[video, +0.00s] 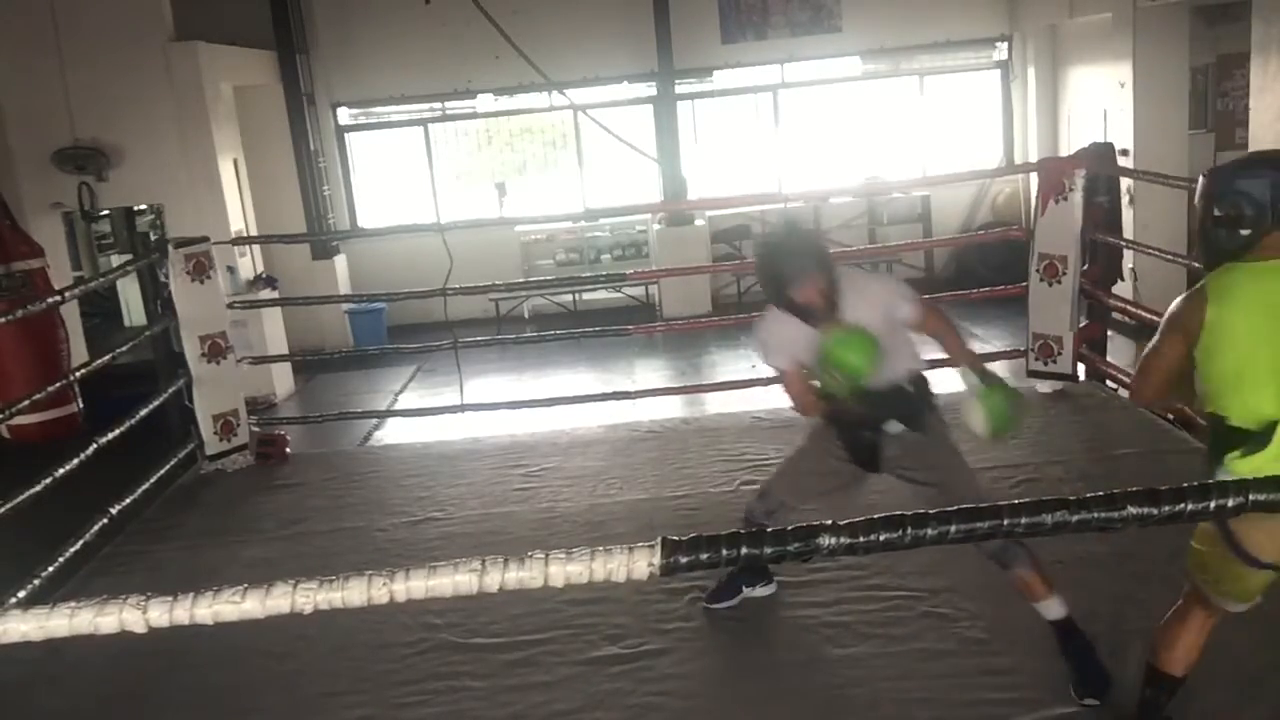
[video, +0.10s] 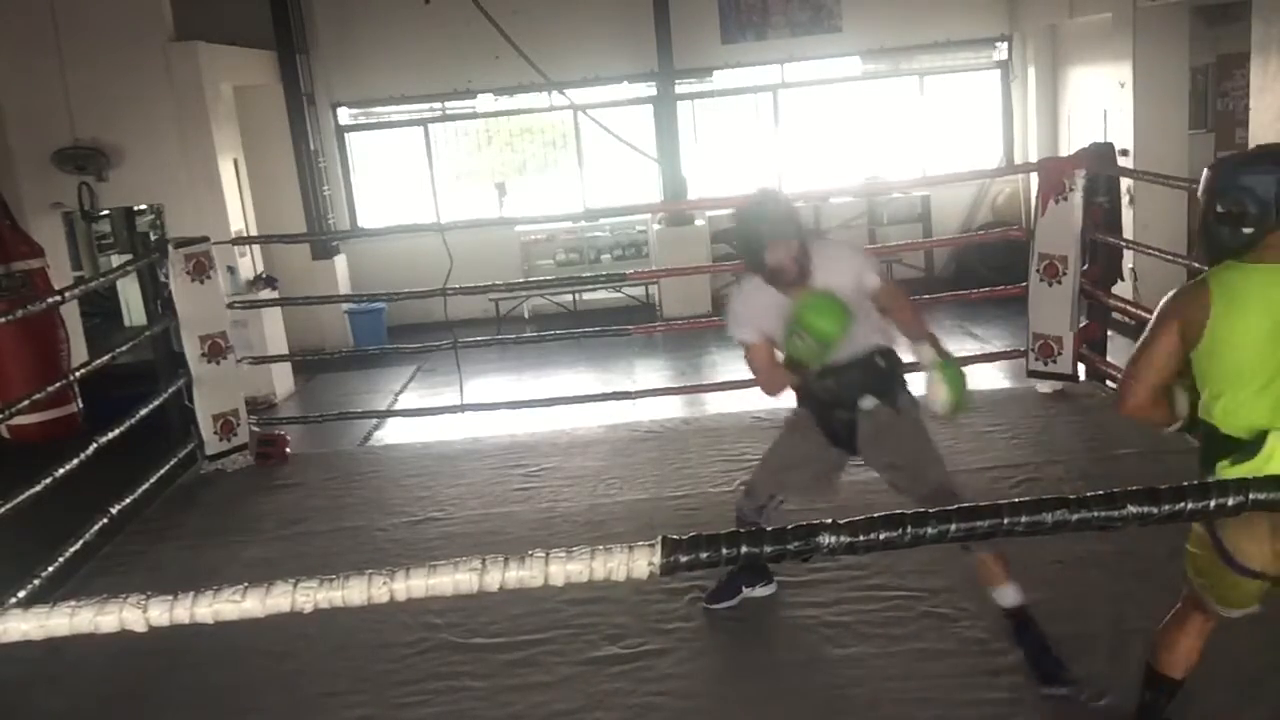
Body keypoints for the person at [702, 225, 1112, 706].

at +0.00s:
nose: (815, 297)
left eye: (818, 282)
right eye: (800, 291)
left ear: (828, 268)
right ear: (780, 294)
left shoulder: (873, 292)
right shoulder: (777, 330)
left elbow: (936, 322)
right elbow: (805, 401)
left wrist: (984, 380)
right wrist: (846, 415)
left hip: (910, 415)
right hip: (844, 423)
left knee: (982, 521)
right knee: (766, 506)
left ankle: (1070, 638)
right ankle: (754, 570)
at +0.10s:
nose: (789, 260)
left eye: (791, 246)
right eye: (775, 255)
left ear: (801, 236)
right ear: (753, 258)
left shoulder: (837, 258)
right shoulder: (750, 300)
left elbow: (891, 299)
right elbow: (769, 380)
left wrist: (936, 353)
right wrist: (803, 359)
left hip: (880, 397)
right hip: (818, 411)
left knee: (947, 506)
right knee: (753, 502)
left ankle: (1026, 630)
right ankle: (753, 570)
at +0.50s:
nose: (818, 191)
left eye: (823, 178)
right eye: (804, 181)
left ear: (830, 180)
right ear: (778, 186)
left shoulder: (847, 227)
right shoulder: (746, 247)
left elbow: (873, 290)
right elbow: (757, 332)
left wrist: (903, 343)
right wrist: (800, 297)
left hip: (853, 380)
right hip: (786, 387)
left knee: (902, 494)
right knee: (750, 494)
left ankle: (956, 615)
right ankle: (752, 573)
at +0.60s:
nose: (864, 199)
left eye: (870, 187)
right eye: (853, 187)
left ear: (876, 190)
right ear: (825, 187)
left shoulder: (874, 244)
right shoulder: (782, 248)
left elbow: (905, 308)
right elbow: (787, 335)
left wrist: (940, 347)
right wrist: (835, 291)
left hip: (865, 394)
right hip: (797, 397)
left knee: (912, 508)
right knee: (756, 502)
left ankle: (963, 633)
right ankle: (756, 570)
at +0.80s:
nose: (924, 214)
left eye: (934, 202)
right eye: (913, 200)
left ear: (942, 196)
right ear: (880, 190)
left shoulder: (929, 245)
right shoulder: (829, 234)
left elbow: (938, 332)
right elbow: (831, 329)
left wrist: (952, 303)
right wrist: (884, 279)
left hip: (891, 388)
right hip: (825, 389)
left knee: (933, 513)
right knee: (790, 499)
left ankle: (965, 638)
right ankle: (795, 559)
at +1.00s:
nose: (924, 215)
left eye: (934, 203)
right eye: (916, 202)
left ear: (942, 193)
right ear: (886, 189)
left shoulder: (928, 236)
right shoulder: (832, 226)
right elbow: (826, 319)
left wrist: (962, 279)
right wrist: (874, 278)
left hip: (898, 379)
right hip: (833, 380)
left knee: (934, 508)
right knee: (817, 505)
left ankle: (965, 640)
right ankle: (874, 572)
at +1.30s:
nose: (855, 201)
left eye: (864, 189)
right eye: (845, 190)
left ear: (886, 183)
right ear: (831, 186)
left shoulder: (912, 220)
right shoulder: (814, 226)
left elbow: (947, 282)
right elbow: (814, 321)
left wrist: (936, 207)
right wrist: (828, 279)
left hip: (909, 373)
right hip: (847, 376)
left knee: (934, 510)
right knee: (839, 492)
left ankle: (982, 658)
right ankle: (880, 583)